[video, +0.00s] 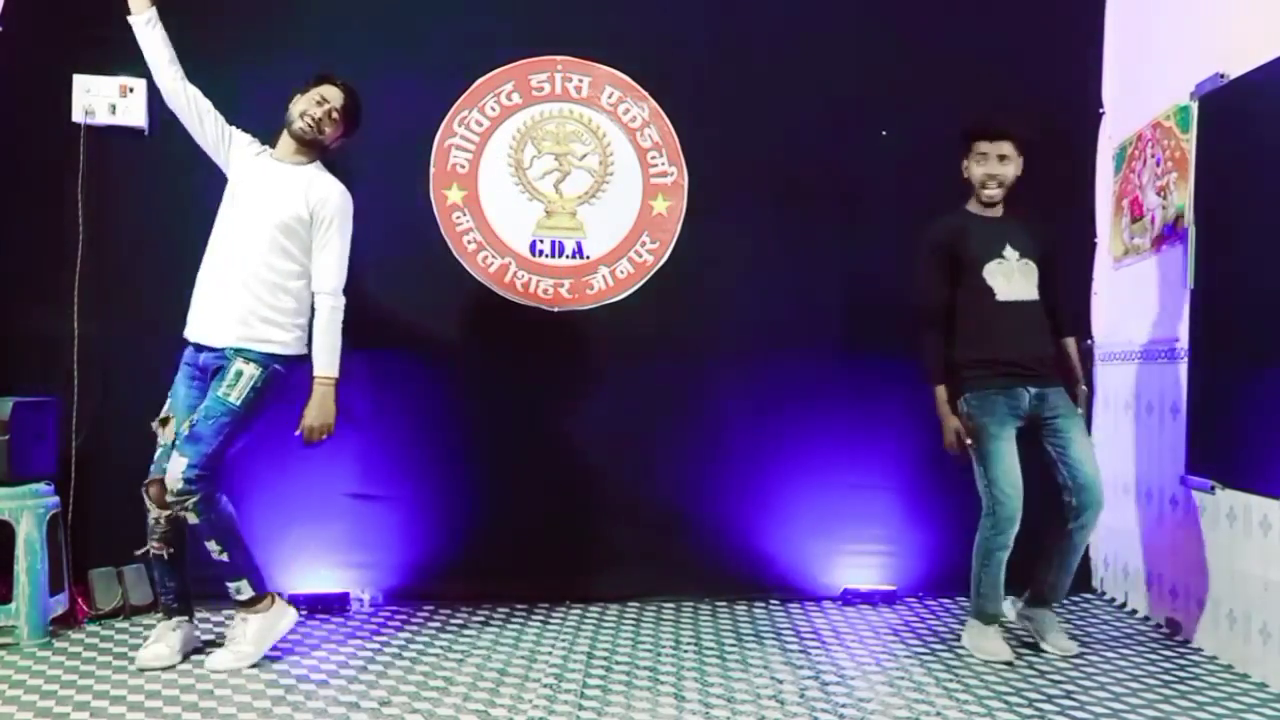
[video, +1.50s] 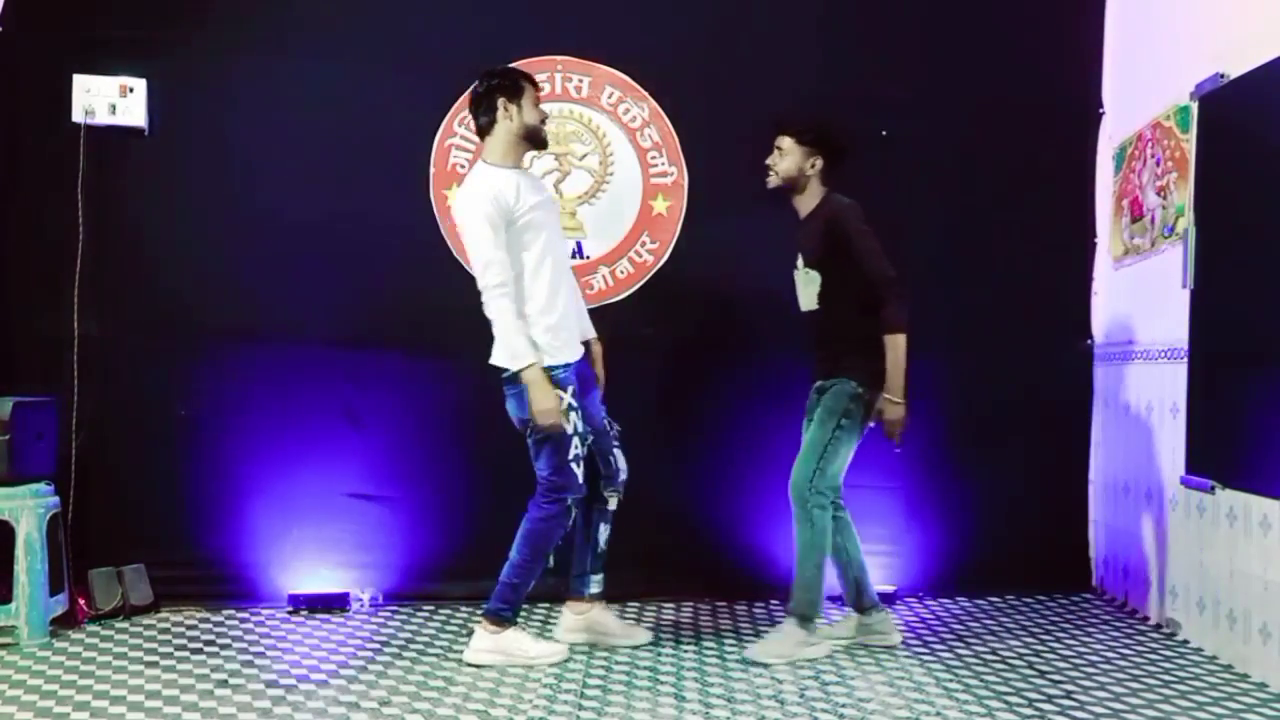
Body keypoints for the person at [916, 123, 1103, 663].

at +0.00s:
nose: (991, 170)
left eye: (1002, 160)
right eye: (981, 159)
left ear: (1019, 167)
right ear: (965, 166)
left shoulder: (1035, 234)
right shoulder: (946, 235)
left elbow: (1060, 314)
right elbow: (933, 326)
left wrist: (1079, 385)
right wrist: (944, 408)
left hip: (1050, 388)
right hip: (987, 390)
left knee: (1087, 501)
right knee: (1004, 509)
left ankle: (1041, 610)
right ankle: (983, 621)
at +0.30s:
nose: (949, 177)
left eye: (957, 164)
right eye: (946, 169)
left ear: (992, 160)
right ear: (958, 175)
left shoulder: (1058, 213)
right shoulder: (964, 243)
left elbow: (1113, 284)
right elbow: (964, 336)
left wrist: (1117, 365)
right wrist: (967, 420)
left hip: (1068, 384)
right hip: (996, 387)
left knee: (1083, 510)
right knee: (1002, 507)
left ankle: (1088, 625)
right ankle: (982, 622)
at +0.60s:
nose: (981, 148)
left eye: (994, 140)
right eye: (981, 141)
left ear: (1025, 154)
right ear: (985, 154)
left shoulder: (1052, 205)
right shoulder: (975, 227)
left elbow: (1107, 263)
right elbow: (986, 313)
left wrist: (1139, 265)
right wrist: (956, 368)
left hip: (1064, 382)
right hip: (996, 382)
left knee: (1079, 507)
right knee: (985, 501)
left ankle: (1089, 623)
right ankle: (1000, 618)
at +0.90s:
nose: (930, 168)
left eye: (945, 165)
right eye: (931, 162)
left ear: (971, 186)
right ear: (924, 183)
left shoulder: (994, 230)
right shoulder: (934, 244)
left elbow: (1058, 300)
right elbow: (946, 314)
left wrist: (1005, 292)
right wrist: (903, 362)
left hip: (1024, 383)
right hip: (975, 386)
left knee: (985, 488)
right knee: (961, 499)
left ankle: (1052, 601)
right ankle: (1011, 616)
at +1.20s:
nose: (832, 178)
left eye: (842, 169)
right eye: (834, 169)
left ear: (875, 179)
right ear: (859, 180)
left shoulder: (913, 225)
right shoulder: (870, 237)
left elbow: (965, 302)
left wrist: (991, 393)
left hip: (948, 386)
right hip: (907, 384)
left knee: (927, 499)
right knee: (872, 491)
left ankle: (957, 630)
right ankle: (931, 601)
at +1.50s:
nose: (769, 160)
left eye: (780, 152)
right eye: (772, 152)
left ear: (813, 163)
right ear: (797, 164)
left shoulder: (842, 218)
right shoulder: (809, 224)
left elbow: (891, 303)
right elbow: (833, 308)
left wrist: (894, 392)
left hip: (853, 381)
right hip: (828, 379)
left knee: (807, 487)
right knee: (825, 495)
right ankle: (871, 615)